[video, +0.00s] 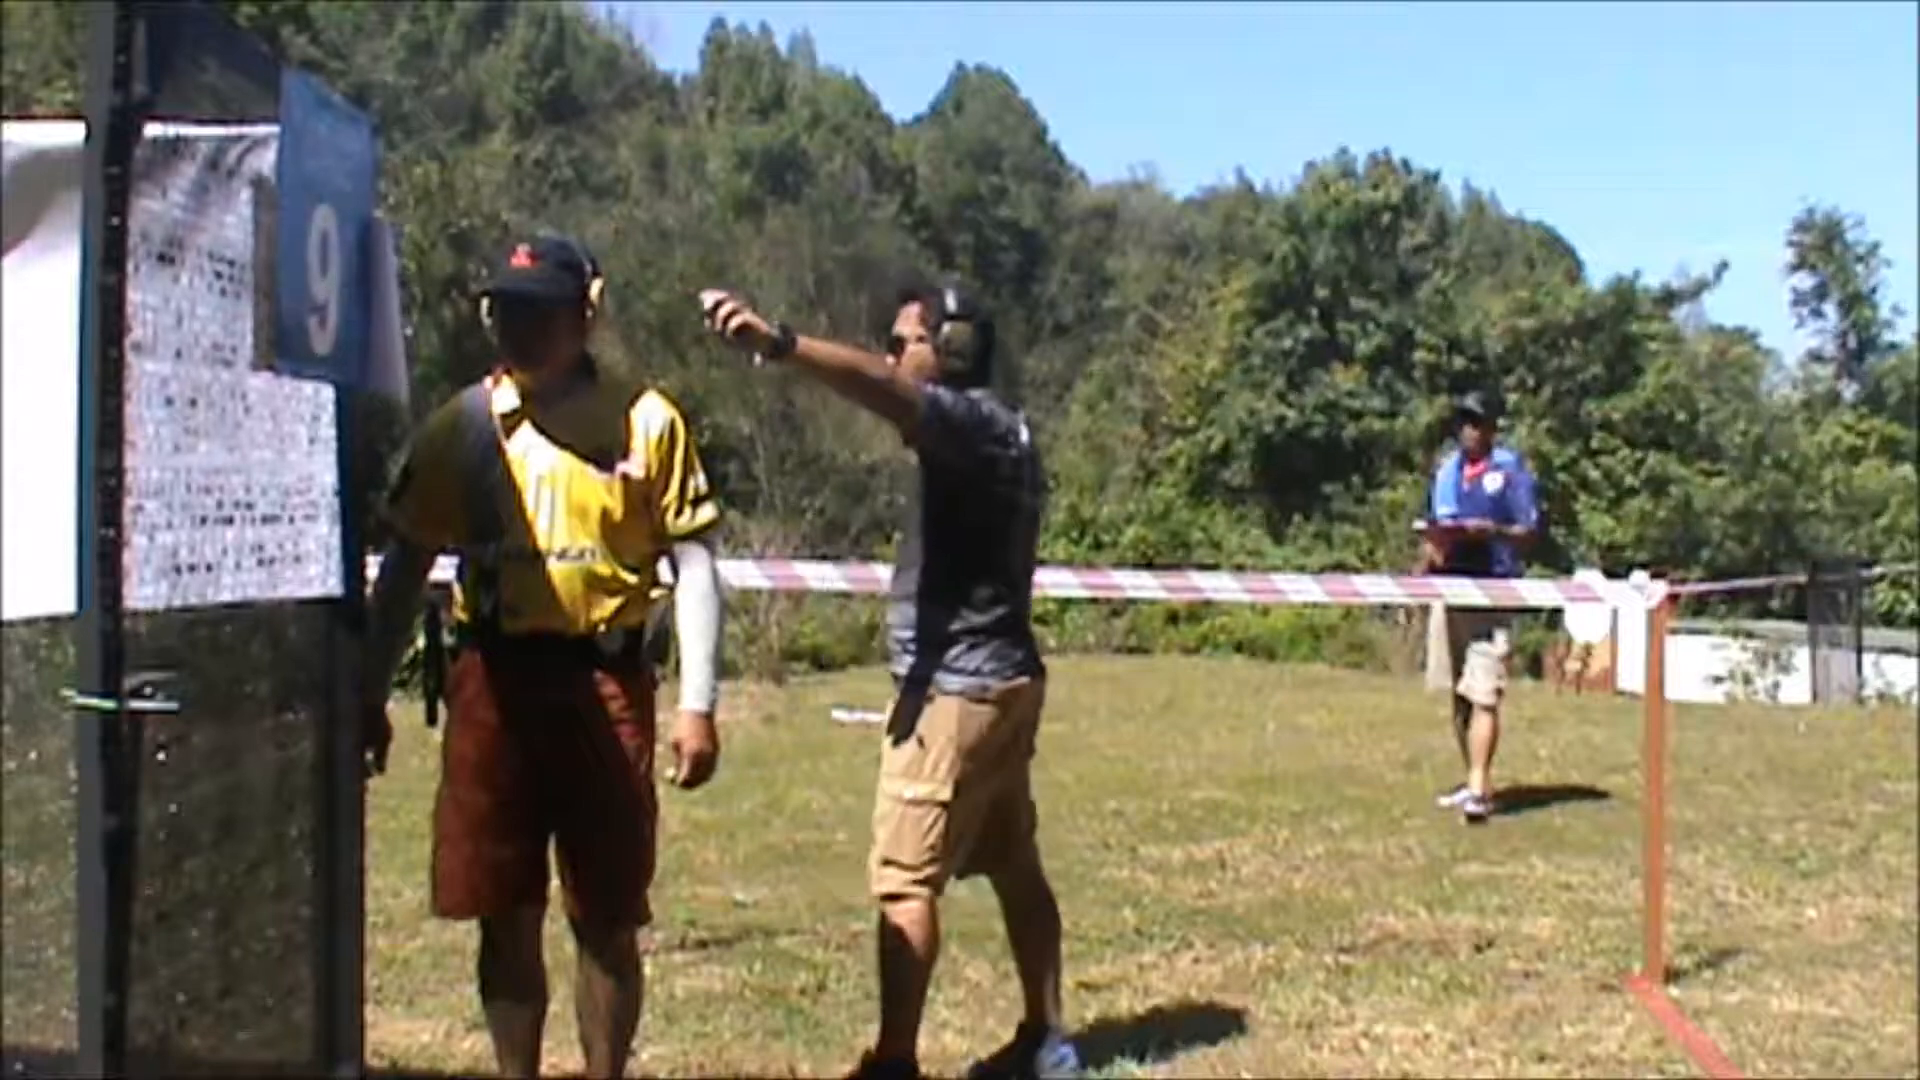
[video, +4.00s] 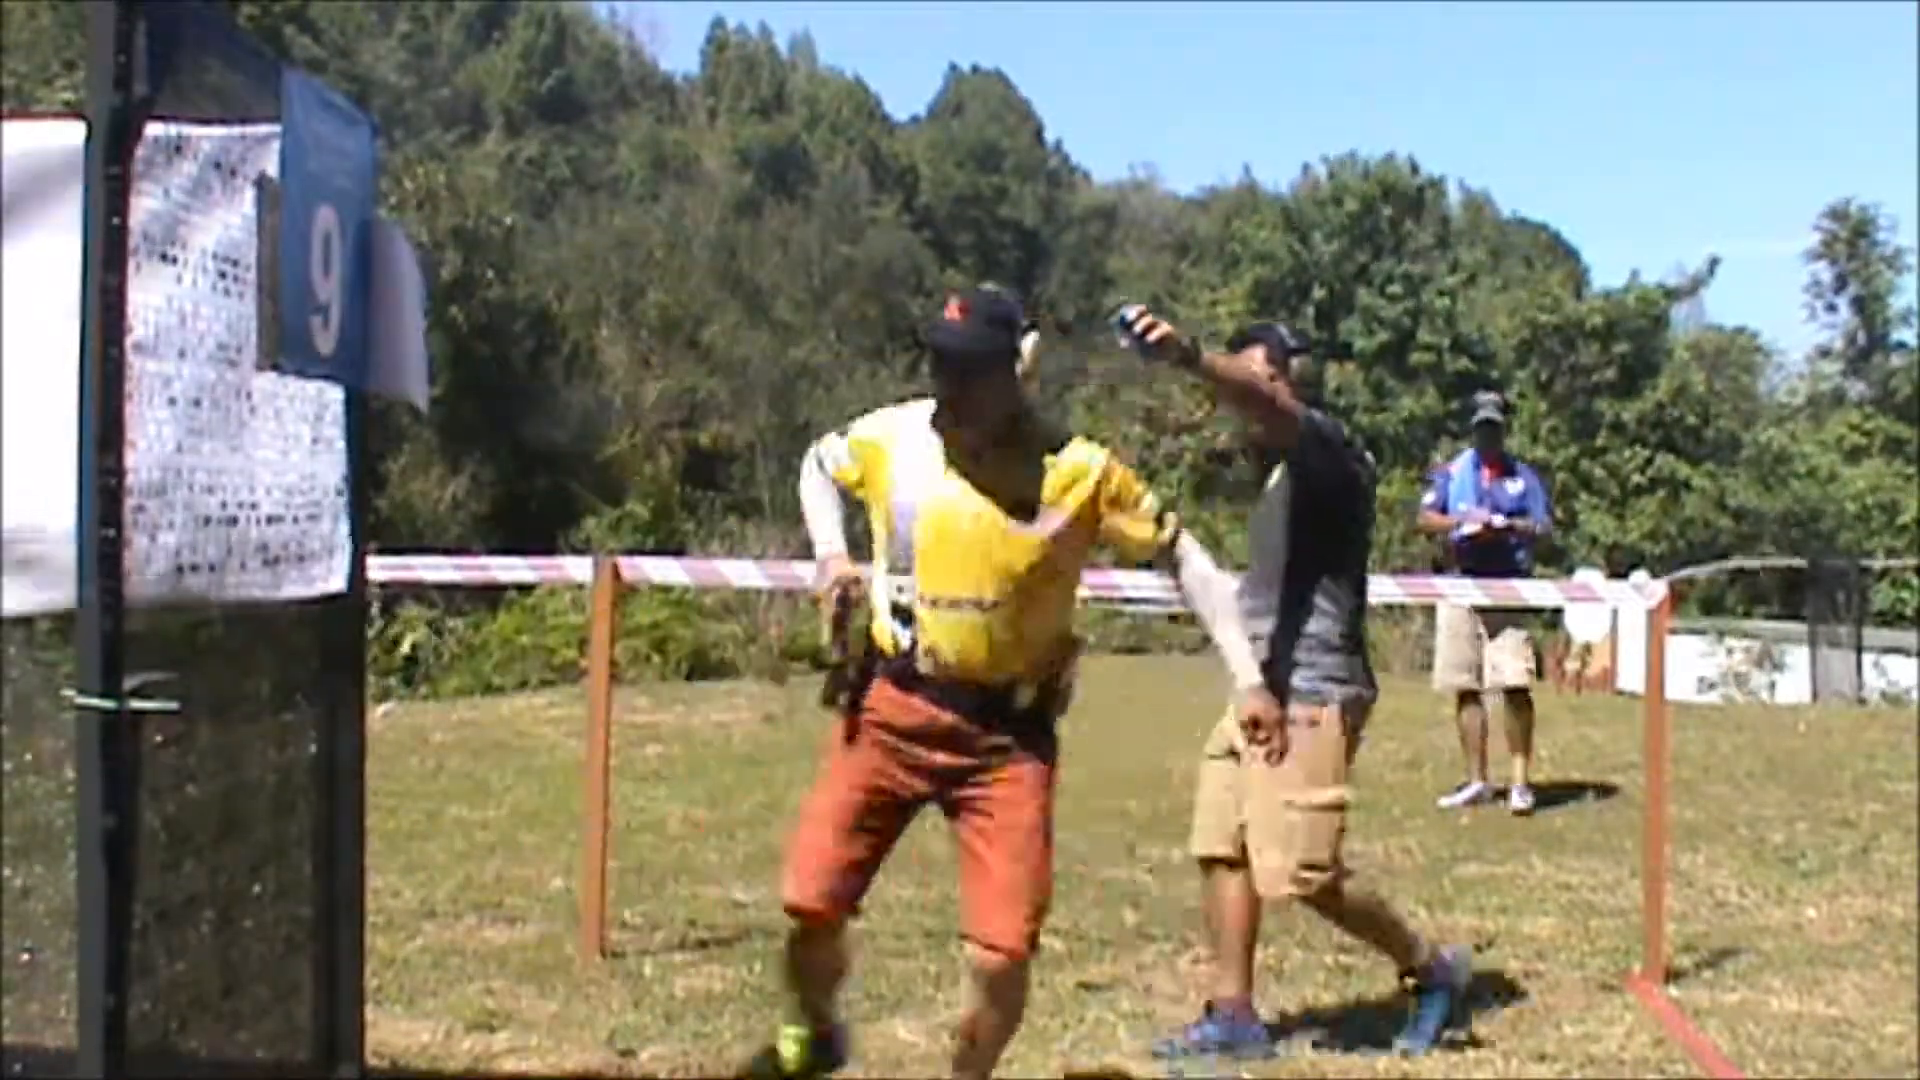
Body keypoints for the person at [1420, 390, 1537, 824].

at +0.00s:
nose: (1468, 433)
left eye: (1477, 425)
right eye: (1463, 424)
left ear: (1493, 429)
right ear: (1456, 429)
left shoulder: (1512, 469)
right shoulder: (1447, 469)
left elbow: (1530, 532)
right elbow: (1435, 522)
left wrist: (1490, 530)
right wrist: (1436, 539)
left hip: (1493, 588)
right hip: (1450, 587)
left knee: (1484, 691)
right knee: (1458, 691)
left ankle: (1480, 785)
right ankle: (1472, 777)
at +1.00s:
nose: (1475, 442)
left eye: (1482, 434)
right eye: (1468, 435)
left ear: (1494, 434)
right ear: (1458, 437)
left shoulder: (1517, 474)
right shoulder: (1446, 473)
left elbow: (1537, 534)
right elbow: (1423, 525)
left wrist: (1504, 522)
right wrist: (1452, 525)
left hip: (1497, 588)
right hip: (1451, 587)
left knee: (1491, 691)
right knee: (1460, 690)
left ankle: (1490, 783)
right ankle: (1472, 776)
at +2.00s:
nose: (1482, 443)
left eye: (1488, 435)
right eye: (1474, 436)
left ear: (1501, 436)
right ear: (1463, 437)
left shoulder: (1520, 479)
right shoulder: (1447, 474)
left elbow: (1537, 535)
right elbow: (1415, 512)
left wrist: (1506, 526)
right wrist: (1444, 522)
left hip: (1494, 589)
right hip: (1450, 588)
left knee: (1490, 690)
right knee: (1459, 689)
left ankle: (1489, 783)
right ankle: (1471, 776)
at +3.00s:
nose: (1479, 444)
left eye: (1486, 435)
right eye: (1472, 436)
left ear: (1498, 436)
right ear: (1463, 439)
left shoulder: (1520, 479)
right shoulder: (1448, 472)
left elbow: (1540, 538)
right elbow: (1415, 515)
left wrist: (1508, 526)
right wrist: (1447, 520)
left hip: (1495, 589)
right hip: (1450, 588)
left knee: (1490, 690)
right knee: (1459, 689)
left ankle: (1489, 783)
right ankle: (1471, 776)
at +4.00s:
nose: (1488, 437)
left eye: (1495, 428)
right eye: (1481, 429)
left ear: (1506, 431)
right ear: (1471, 431)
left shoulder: (1524, 477)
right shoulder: (1452, 473)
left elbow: (1543, 527)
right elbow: (1426, 517)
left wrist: (1506, 525)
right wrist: (1463, 525)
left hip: (1508, 587)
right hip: (1461, 587)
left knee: (1515, 684)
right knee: (1466, 688)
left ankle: (1520, 778)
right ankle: (1477, 778)